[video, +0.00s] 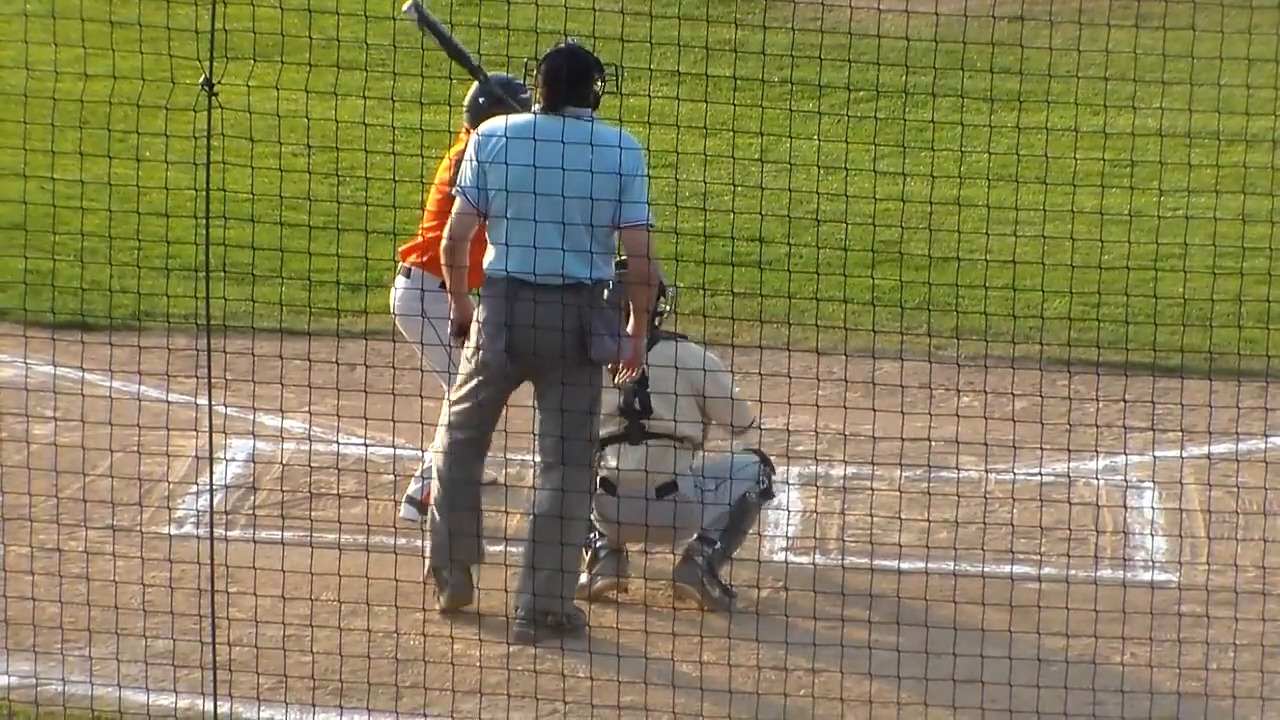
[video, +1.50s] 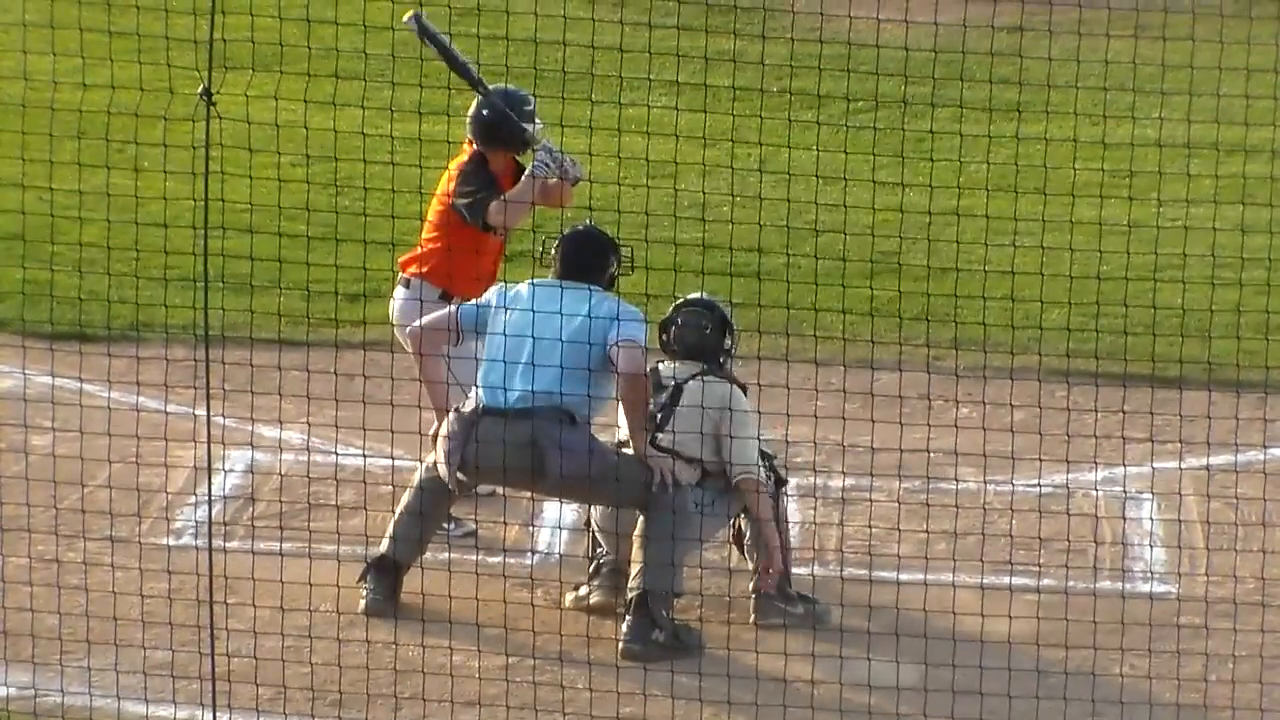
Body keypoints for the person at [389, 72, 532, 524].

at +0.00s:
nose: (523, 126)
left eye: (523, 118)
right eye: (519, 117)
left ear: (476, 115)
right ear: (501, 116)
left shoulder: (468, 151)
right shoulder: (478, 155)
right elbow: (459, 235)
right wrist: (465, 295)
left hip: (425, 290)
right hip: (429, 293)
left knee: (472, 387)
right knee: (472, 393)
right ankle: (423, 491)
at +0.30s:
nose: (527, 125)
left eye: (526, 117)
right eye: (523, 117)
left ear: (475, 116)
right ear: (508, 119)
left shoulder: (467, 150)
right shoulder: (479, 160)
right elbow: (448, 242)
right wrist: (453, 310)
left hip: (428, 284)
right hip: (432, 289)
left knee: (476, 369)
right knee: (466, 380)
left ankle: (466, 467)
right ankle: (441, 498)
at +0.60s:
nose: (523, 137)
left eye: (524, 127)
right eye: (518, 128)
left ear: (481, 124)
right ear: (500, 128)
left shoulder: (486, 156)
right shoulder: (471, 167)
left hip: (449, 281)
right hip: (431, 284)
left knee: (471, 374)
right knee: (452, 384)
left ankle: (463, 462)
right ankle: (435, 490)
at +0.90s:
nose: (529, 122)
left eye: (529, 116)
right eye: (525, 115)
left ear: (484, 116)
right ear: (513, 120)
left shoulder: (506, 155)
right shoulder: (472, 158)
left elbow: (538, 185)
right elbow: (503, 199)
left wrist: (564, 168)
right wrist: (539, 164)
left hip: (463, 284)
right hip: (425, 283)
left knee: (476, 368)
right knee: (445, 382)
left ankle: (466, 460)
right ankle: (434, 492)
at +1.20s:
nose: (530, 128)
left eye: (530, 122)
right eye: (526, 122)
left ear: (484, 125)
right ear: (515, 128)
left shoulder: (508, 160)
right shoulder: (470, 166)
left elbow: (555, 190)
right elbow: (505, 210)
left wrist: (565, 171)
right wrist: (536, 175)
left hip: (461, 296)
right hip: (424, 294)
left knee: (475, 388)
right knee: (452, 398)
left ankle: (462, 472)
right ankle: (433, 498)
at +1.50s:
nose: (532, 133)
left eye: (531, 126)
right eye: (528, 127)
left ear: (485, 131)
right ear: (513, 134)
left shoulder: (507, 168)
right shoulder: (471, 170)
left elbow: (556, 197)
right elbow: (500, 217)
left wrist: (563, 176)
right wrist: (534, 182)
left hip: (458, 304)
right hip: (426, 303)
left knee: (476, 398)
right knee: (462, 405)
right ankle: (434, 508)